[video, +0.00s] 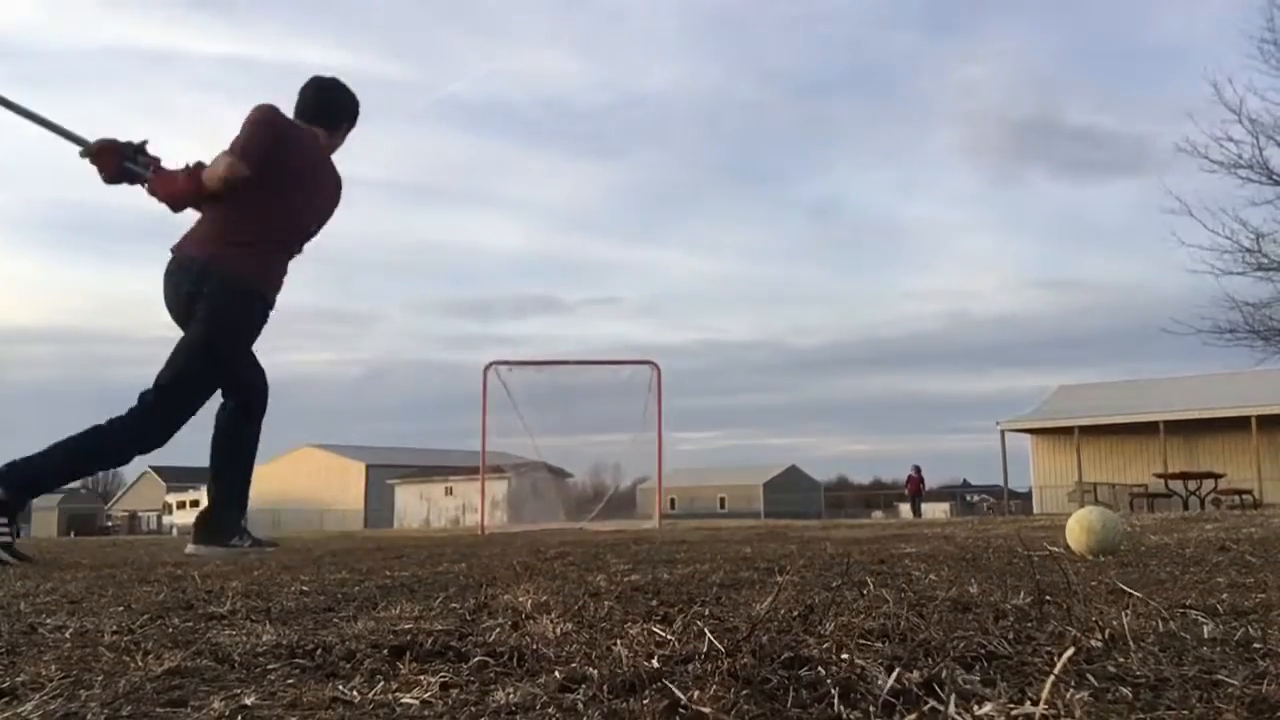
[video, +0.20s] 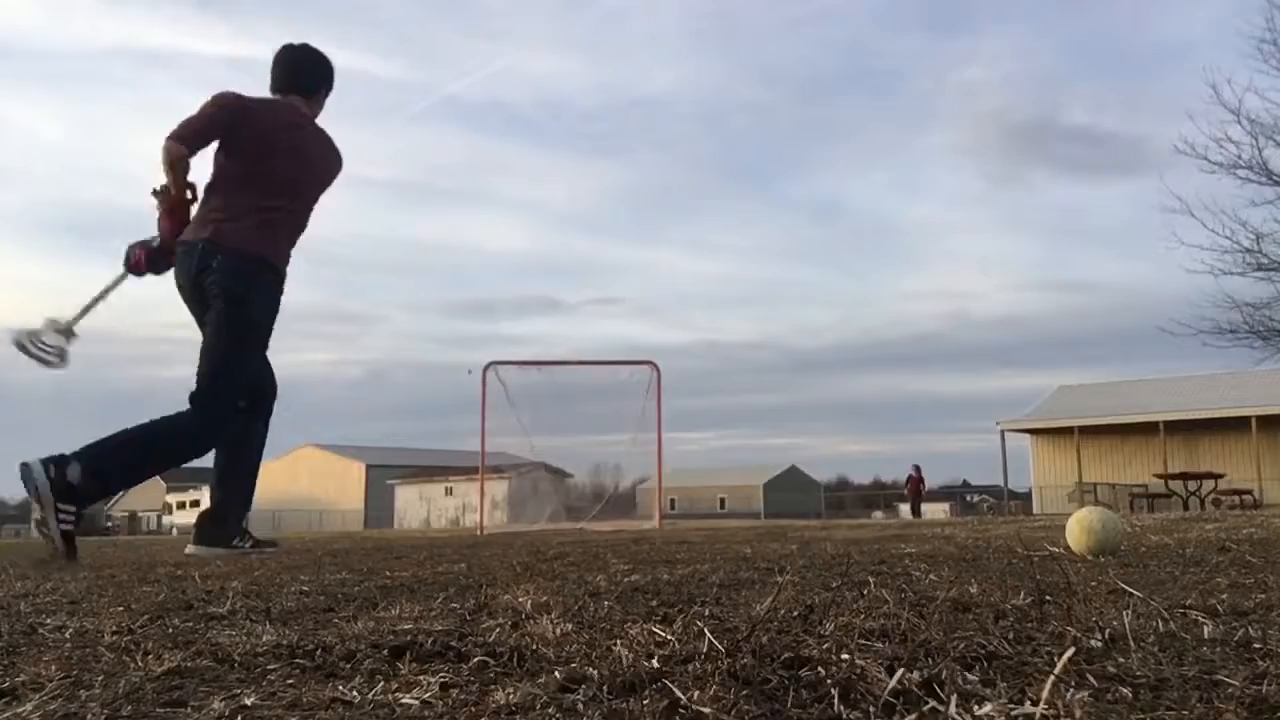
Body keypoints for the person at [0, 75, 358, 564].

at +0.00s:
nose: (343, 140)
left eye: (345, 132)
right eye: (347, 132)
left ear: (302, 107)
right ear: (342, 129)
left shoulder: (269, 120)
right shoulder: (329, 185)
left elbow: (229, 171)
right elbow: (233, 203)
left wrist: (146, 173)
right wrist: (147, 170)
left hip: (183, 278)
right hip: (240, 299)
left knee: (249, 389)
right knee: (151, 424)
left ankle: (222, 527)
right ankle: (10, 488)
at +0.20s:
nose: (321, 106)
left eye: (318, 99)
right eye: (325, 98)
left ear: (274, 82)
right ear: (322, 95)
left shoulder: (237, 107)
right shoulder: (326, 154)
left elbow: (176, 147)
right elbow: (245, 213)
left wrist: (177, 200)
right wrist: (167, 249)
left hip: (194, 263)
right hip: (250, 275)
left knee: (258, 390)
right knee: (212, 416)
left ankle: (224, 526)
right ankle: (70, 480)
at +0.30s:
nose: (318, 86)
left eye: (312, 78)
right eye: (321, 78)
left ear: (268, 66)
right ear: (318, 75)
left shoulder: (224, 102)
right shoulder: (328, 133)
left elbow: (144, 154)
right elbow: (300, 217)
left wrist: (179, 203)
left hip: (189, 253)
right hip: (244, 259)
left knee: (247, 395)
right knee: (266, 410)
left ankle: (222, 527)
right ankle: (134, 479)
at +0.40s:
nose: (316, 62)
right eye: (319, 53)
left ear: (264, 46)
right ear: (316, 51)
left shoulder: (220, 94)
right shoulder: (320, 109)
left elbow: (154, 162)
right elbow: (330, 199)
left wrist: (209, 202)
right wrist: (348, 261)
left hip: (189, 250)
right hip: (242, 253)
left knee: (243, 390)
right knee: (293, 397)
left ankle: (224, 520)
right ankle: (203, 511)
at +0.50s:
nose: (314, 39)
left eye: (307, 29)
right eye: (316, 29)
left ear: (261, 24)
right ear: (313, 27)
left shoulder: (223, 79)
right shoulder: (309, 79)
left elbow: (169, 162)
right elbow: (348, 174)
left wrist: (227, 197)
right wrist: (407, 225)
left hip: (198, 238)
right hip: (247, 239)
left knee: (242, 386)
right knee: (293, 391)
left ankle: (225, 522)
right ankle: (196, 513)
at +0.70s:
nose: (318, 10)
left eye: (318, 5)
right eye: (318, 3)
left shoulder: (237, 45)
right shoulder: (288, 31)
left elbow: (204, 155)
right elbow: (322, 139)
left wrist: (291, 211)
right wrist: (411, 144)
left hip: (226, 214)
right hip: (255, 218)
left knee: (275, 378)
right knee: (283, 379)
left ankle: (238, 516)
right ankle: (191, 516)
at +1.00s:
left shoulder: (270, 12)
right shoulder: (289, 7)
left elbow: (266, 124)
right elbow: (292, 96)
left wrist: (319, 178)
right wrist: (385, 95)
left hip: (279, 196)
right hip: (263, 194)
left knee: (351, 347)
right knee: (259, 356)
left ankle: (324, 507)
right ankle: (184, 512)